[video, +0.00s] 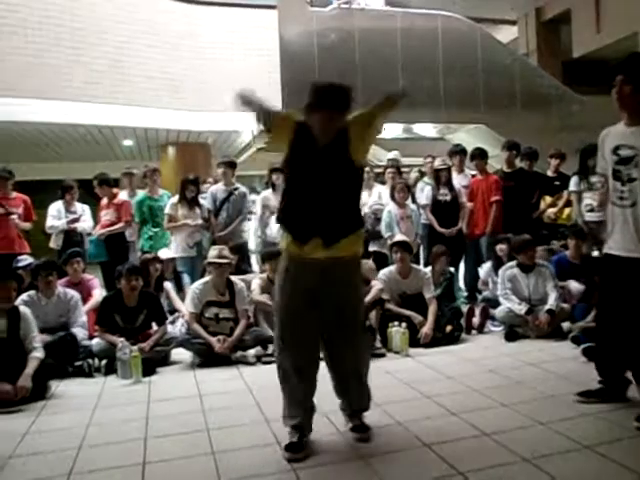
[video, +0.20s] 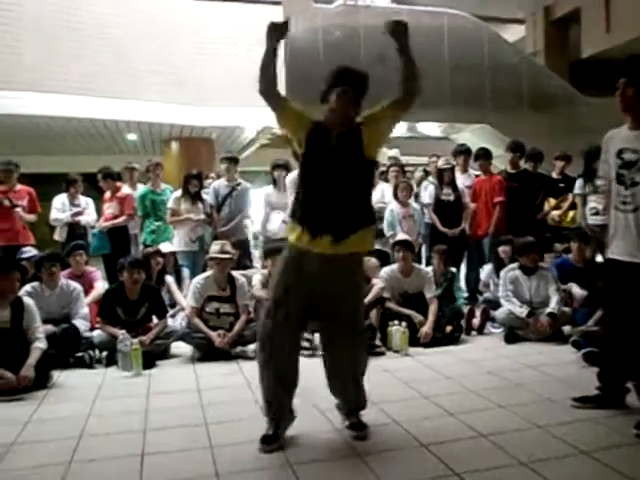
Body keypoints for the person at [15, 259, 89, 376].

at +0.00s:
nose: (49, 279)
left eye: (51, 275)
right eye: (44, 276)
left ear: (57, 277)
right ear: (36, 281)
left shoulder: (71, 297)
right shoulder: (26, 301)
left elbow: (82, 331)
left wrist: (52, 338)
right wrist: (35, 338)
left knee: (70, 339)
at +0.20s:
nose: (51, 270)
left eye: (54, 266)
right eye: (46, 267)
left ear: (60, 269)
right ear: (40, 272)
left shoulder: (74, 289)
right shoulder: (29, 292)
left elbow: (83, 321)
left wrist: (56, 329)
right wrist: (39, 329)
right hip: (39, 336)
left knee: (71, 332)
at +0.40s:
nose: (45, 268)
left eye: (48, 264)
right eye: (40, 266)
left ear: (54, 266)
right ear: (34, 270)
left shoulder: (68, 286)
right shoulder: (23, 290)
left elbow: (79, 319)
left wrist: (53, 328)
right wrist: (33, 327)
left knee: (66, 332)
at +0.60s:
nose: (34, 268)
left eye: (37, 263)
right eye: (29, 265)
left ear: (44, 266)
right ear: (23, 269)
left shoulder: (57, 286)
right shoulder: (12, 290)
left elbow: (67, 318)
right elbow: (6, 320)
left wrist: (43, 329)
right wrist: (22, 327)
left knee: (55, 333)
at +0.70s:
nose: (31, 270)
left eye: (35, 265)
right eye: (27, 266)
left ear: (40, 267)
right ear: (19, 269)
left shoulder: (53, 287)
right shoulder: (8, 290)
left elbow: (63, 316)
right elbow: (7, 320)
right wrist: (20, 329)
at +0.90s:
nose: (30, 250)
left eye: (33, 246)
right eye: (26, 247)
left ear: (40, 248)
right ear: (19, 251)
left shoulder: (54, 267)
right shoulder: (8, 271)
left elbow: (64, 300)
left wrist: (41, 311)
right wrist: (20, 309)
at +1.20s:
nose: (35, 249)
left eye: (38, 244)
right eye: (30, 245)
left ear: (43, 247)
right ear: (22, 250)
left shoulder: (57, 268)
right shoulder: (12, 272)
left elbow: (68, 299)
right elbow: (8, 301)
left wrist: (47, 309)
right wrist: (23, 308)